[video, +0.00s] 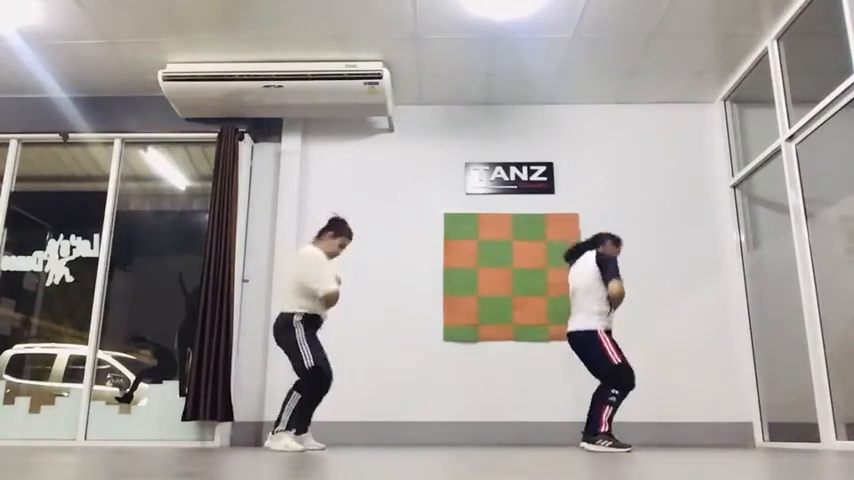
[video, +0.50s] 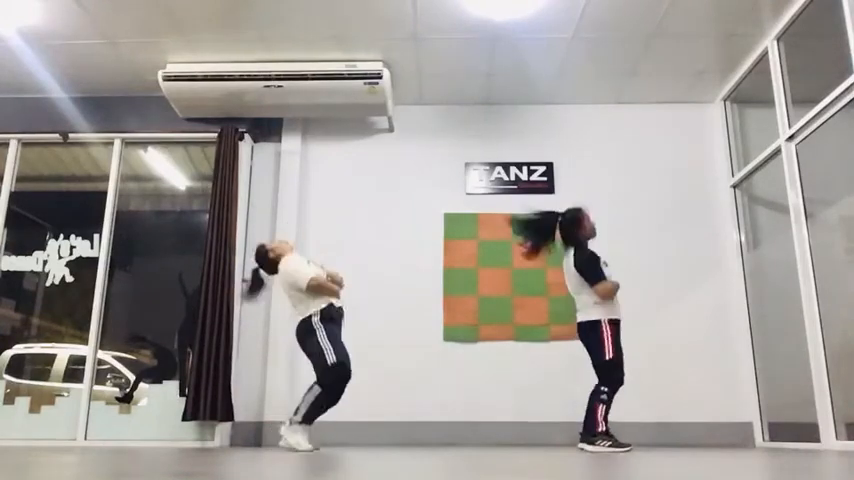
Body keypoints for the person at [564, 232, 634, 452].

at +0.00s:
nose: (617, 254)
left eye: (618, 250)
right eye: (616, 249)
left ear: (595, 244)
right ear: (605, 243)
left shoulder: (578, 263)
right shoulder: (604, 258)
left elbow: (579, 297)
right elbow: (616, 290)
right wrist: (611, 307)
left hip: (577, 330)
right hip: (593, 329)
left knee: (611, 379)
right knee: (623, 378)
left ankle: (592, 433)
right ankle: (599, 433)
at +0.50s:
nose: (592, 222)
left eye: (589, 218)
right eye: (588, 219)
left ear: (572, 229)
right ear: (580, 227)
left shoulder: (573, 255)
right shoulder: (583, 255)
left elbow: (596, 288)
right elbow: (603, 290)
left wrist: (607, 284)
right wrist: (616, 284)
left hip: (594, 320)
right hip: (599, 321)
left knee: (609, 378)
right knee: (612, 377)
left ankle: (593, 432)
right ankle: (596, 434)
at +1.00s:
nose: (612, 259)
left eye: (614, 255)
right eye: (612, 253)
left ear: (591, 248)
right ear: (602, 248)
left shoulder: (573, 267)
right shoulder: (595, 263)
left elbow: (577, 303)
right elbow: (608, 298)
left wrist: (602, 304)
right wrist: (613, 305)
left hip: (582, 338)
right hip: (598, 337)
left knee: (615, 383)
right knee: (633, 383)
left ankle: (592, 433)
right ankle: (601, 434)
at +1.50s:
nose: (613, 220)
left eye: (610, 216)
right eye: (608, 217)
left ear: (592, 223)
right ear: (598, 222)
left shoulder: (593, 247)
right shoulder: (592, 247)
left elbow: (596, 279)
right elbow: (595, 276)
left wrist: (616, 282)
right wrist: (620, 280)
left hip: (595, 317)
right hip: (594, 318)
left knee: (599, 377)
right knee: (601, 376)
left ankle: (592, 432)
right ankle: (594, 434)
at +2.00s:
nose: (635, 256)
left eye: (637, 251)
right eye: (630, 250)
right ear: (614, 251)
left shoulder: (615, 287)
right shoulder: (597, 266)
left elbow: (618, 327)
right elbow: (599, 257)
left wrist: (655, 329)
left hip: (591, 334)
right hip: (568, 326)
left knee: (625, 370)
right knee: (591, 373)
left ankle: (607, 428)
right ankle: (577, 435)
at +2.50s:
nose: (577, 236)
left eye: (581, 232)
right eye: (572, 232)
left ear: (588, 238)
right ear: (563, 239)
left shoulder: (597, 260)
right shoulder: (555, 261)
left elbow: (626, 246)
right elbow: (525, 251)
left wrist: (608, 230)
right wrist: (543, 227)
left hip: (596, 334)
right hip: (566, 335)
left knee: (613, 383)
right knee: (557, 385)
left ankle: (620, 435)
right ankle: (548, 435)